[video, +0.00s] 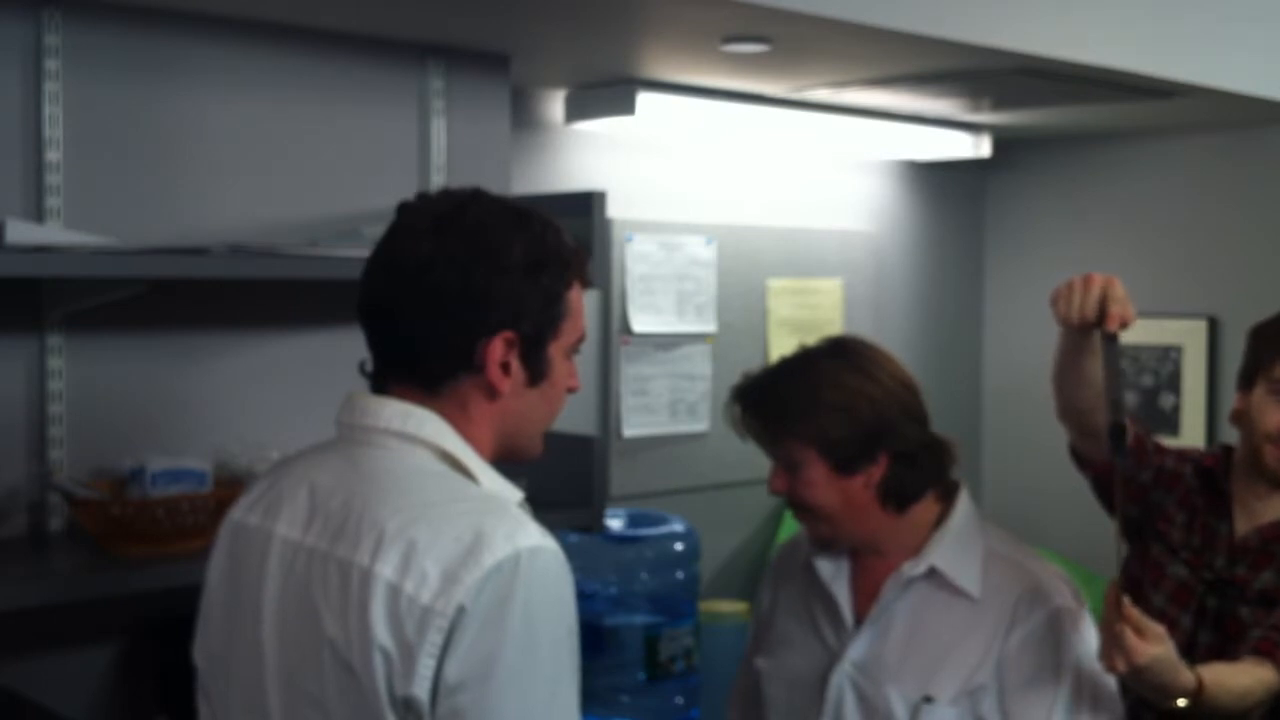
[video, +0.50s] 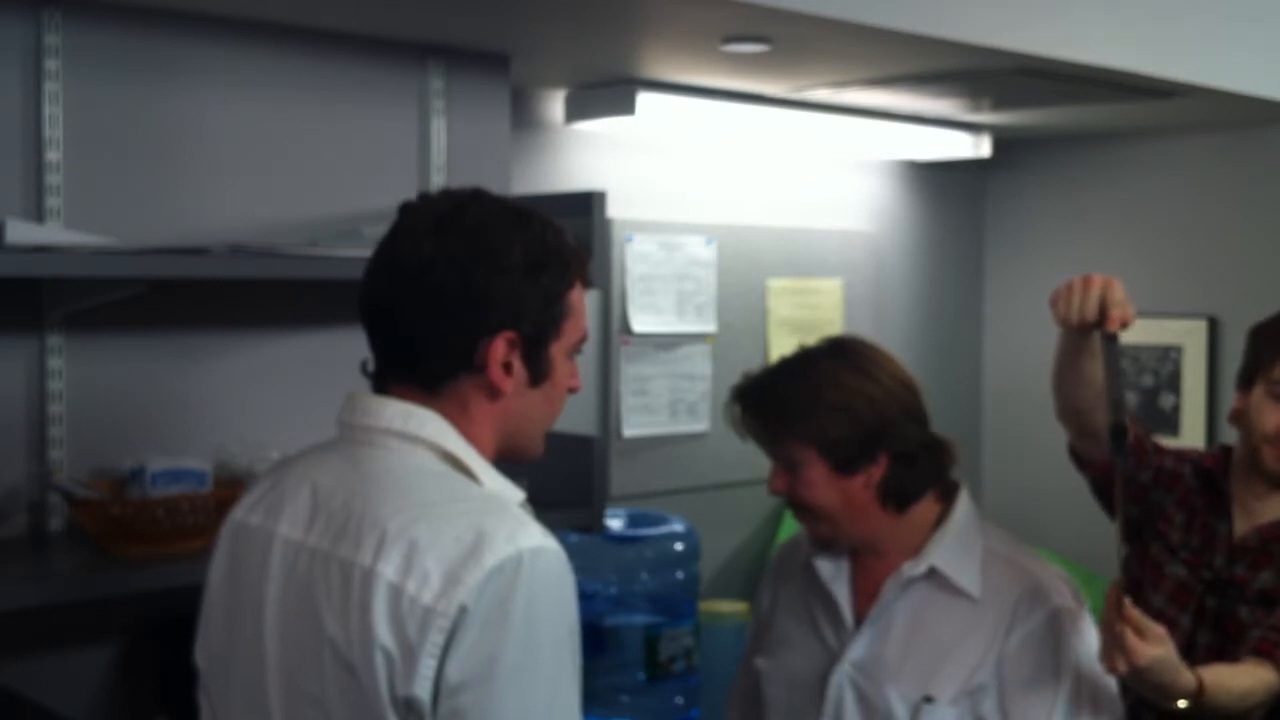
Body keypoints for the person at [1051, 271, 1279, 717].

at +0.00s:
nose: (1279, 417)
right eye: (1275, 392)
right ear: (1241, 402)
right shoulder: (1171, 484)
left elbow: (1267, 674)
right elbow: (1089, 428)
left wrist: (1185, 686)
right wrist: (1082, 329)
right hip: (1126, 704)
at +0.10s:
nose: (1279, 419)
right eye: (1276, 394)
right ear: (1241, 402)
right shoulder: (1171, 484)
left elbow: (1268, 674)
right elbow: (1089, 428)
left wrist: (1186, 686)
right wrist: (1083, 329)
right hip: (1129, 705)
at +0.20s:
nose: (1279, 418)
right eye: (1275, 393)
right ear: (1241, 402)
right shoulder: (1170, 484)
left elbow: (1268, 674)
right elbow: (1089, 427)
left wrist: (1186, 686)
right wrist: (1083, 329)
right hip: (1131, 705)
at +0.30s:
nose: (1279, 419)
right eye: (1275, 394)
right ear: (1241, 400)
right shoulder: (1169, 485)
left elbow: (1268, 675)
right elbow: (1089, 427)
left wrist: (1186, 686)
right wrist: (1083, 329)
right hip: (1131, 703)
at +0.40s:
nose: (1279, 419)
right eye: (1275, 394)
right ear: (1241, 402)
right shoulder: (1168, 485)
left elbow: (1268, 674)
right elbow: (1089, 427)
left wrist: (1186, 686)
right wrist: (1083, 328)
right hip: (1132, 704)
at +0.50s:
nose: (1279, 419)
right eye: (1275, 394)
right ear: (1240, 401)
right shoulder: (1168, 485)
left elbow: (1268, 675)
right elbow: (1089, 427)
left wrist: (1186, 686)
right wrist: (1082, 329)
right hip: (1132, 704)